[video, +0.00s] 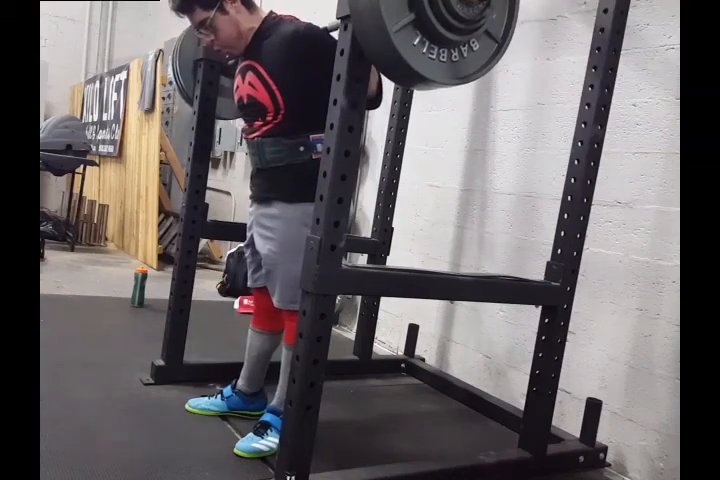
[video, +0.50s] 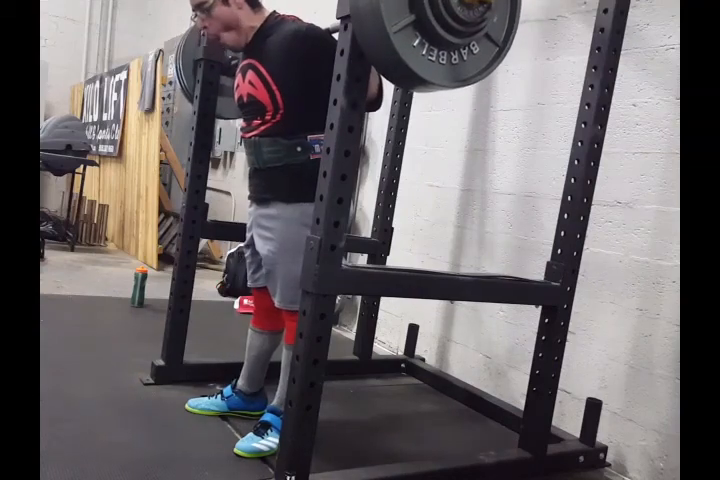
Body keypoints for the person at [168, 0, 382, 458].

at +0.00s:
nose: (210, 42)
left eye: (209, 27)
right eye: (201, 34)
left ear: (234, 6)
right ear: (233, 11)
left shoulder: (299, 40)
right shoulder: (246, 57)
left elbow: (370, 91)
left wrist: (359, 32)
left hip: (302, 208)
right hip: (266, 205)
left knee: (296, 314)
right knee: (264, 304)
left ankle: (283, 416)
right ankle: (247, 392)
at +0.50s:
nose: (213, 38)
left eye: (211, 25)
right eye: (207, 31)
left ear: (233, 5)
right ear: (232, 8)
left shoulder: (302, 41)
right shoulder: (249, 55)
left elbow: (371, 94)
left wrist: (362, 38)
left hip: (301, 209)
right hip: (265, 207)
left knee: (296, 315)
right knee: (264, 305)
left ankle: (284, 417)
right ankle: (246, 391)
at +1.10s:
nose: (214, 32)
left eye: (214, 17)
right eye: (207, 23)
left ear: (242, 3)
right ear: (240, 8)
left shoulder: (306, 40)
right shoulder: (256, 53)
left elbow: (376, 94)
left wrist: (363, 39)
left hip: (302, 209)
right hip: (266, 206)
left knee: (296, 314)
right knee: (260, 302)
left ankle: (283, 418)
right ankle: (244, 391)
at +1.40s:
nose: (230, 37)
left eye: (230, 22)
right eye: (223, 29)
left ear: (258, 5)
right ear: (256, 11)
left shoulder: (318, 43)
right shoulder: (269, 58)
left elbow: (388, 101)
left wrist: (376, 54)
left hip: (315, 209)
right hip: (279, 205)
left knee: (300, 314)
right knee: (258, 287)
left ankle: (285, 416)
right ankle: (260, 385)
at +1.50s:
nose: (234, 36)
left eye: (235, 22)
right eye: (227, 28)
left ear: (264, 5)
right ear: (262, 11)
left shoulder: (321, 43)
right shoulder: (273, 61)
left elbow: (390, 107)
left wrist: (381, 59)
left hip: (318, 210)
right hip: (284, 205)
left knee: (305, 319)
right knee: (264, 289)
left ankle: (284, 417)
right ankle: (302, 375)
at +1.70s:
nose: (246, 45)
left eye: (248, 31)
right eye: (239, 37)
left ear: (277, 13)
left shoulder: (333, 51)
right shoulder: (282, 68)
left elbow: (398, 113)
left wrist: (391, 66)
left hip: (339, 211)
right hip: (302, 210)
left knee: (314, 311)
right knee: (310, 307)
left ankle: (282, 416)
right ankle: (331, 389)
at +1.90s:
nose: (259, 56)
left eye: (260, 44)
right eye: (253, 48)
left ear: (287, 24)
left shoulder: (345, 62)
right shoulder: (296, 78)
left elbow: (409, 118)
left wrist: (400, 74)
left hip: (360, 206)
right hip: (326, 205)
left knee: (321, 303)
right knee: (323, 299)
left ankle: (293, 412)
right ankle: (330, 391)